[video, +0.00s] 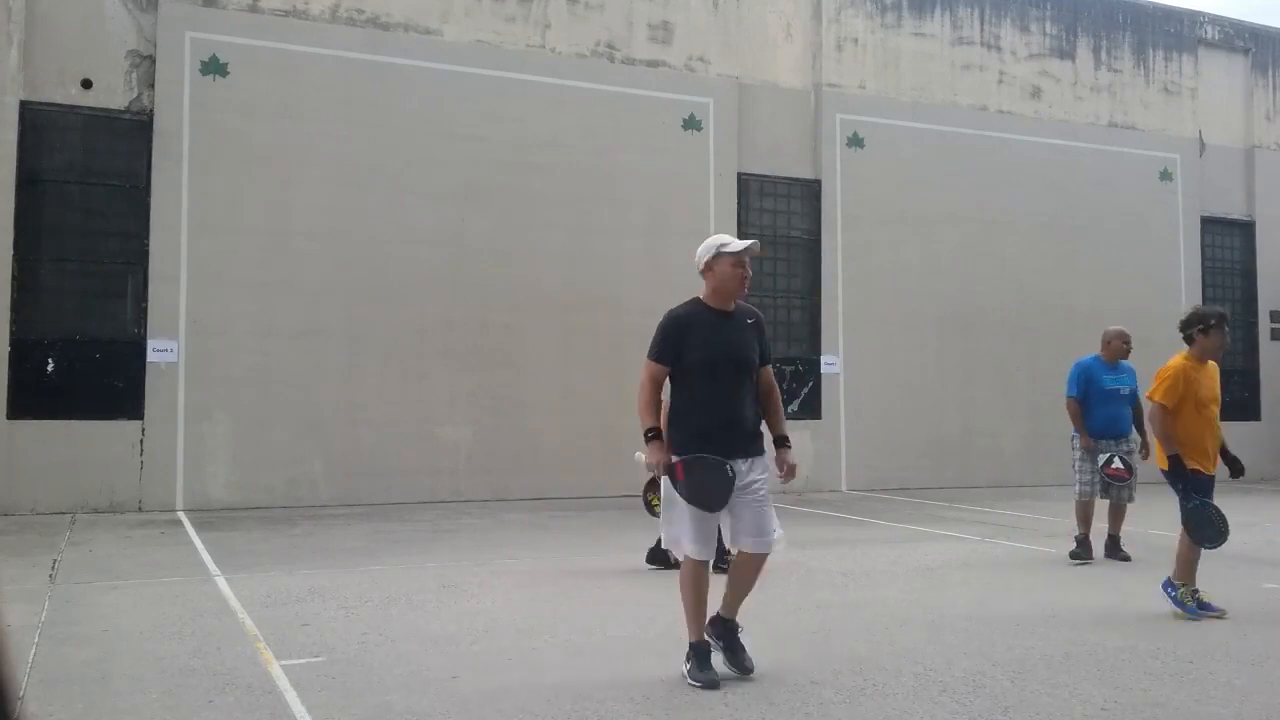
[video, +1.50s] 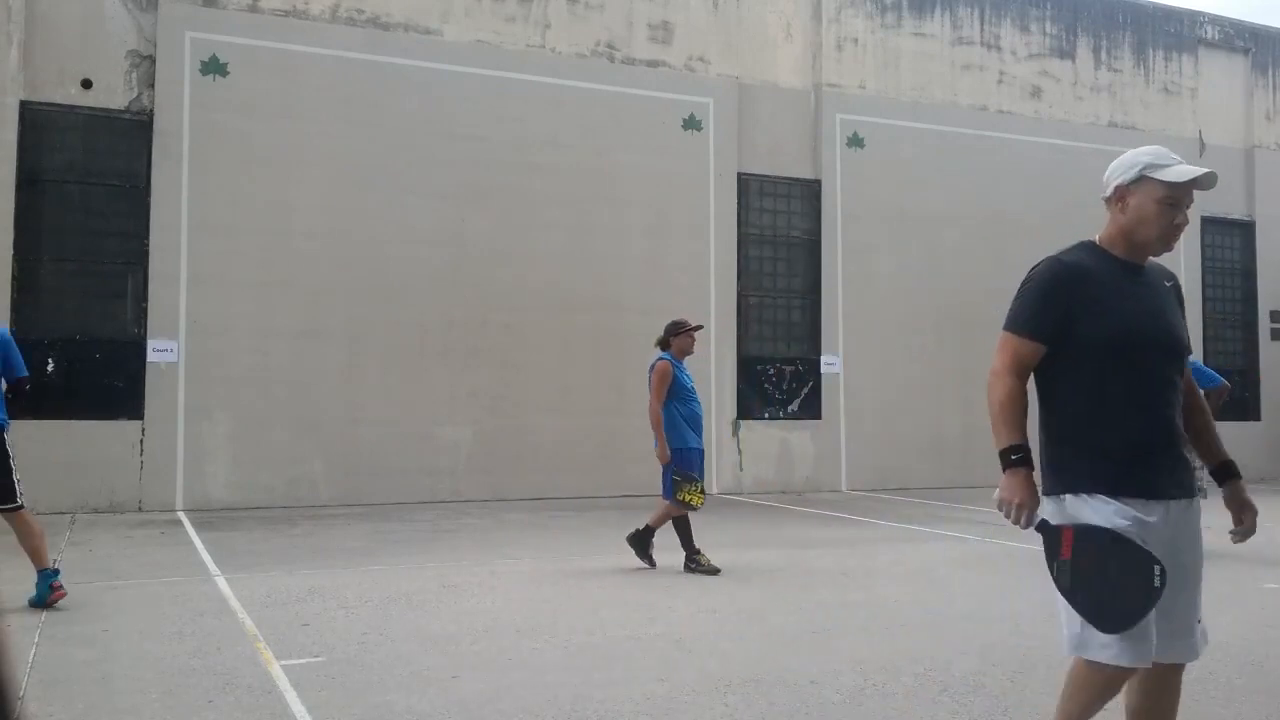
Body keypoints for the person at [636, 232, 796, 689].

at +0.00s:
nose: (747, 271)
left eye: (747, 264)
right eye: (737, 264)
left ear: (741, 273)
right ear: (709, 270)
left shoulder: (751, 321)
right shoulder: (678, 322)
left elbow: (766, 384)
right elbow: (650, 383)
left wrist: (781, 442)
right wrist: (653, 439)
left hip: (748, 458)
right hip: (692, 461)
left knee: (758, 542)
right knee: (695, 553)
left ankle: (724, 622)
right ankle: (697, 648)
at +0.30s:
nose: (834, 274)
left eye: (833, 266)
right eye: (826, 266)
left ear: (805, 271)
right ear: (794, 269)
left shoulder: (822, 327)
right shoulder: (745, 323)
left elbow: (829, 395)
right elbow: (709, 385)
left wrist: (843, 455)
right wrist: (717, 441)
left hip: (816, 471)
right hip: (753, 471)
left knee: (827, 568)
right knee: (740, 570)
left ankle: (819, 681)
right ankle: (713, 635)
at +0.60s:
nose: (905, 262)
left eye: (904, 253)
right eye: (897, 253)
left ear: (873, 255)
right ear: (864, 253)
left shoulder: (889, 313)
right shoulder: (809, 304)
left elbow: (908, 388)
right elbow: (763, 372)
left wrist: (939, 442)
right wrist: (750, 440)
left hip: (877, 467)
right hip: (826, 466)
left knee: (847, 575)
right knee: (848, 577)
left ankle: (819, 680)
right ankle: (863, 704)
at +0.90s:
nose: (974, 248)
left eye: (973, 237)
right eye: (965, 237)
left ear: (940, 242)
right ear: (925, 239)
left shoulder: (959, 304)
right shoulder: (871, 301)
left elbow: (979, 387)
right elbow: (824, 380)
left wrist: (1015, 452)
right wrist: (818, 457)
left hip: (953, 480)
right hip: (893, 478)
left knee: (962, 598)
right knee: (916, 604)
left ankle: (881, 660)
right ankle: (919, 717)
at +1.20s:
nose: (1058, 232)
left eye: (1059, 221)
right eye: (1045, 220)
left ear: (1054, 228)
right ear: (1001, 222)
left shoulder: (1046, 295)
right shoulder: (953, 292)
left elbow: (1046, 388)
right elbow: (905, 378)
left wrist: (1064, 465)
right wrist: (942, 446)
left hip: (1040, 494)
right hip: (971, 495)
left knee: (1067, 627)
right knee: (952, 620)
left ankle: (1093, 719)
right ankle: (928, 716)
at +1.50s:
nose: (1184, 215)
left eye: (1187, 204)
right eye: (1172, 201)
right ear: (1120, 198)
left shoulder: (1165, 285)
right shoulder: (1059, 277)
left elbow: (1184, 392)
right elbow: (1005, 373)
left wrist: (1227, 479)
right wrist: (1016, 467)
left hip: (1173, 502)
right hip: (1094, 501)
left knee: (1169, 653)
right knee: (1113, 654)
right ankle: (1064, 717)